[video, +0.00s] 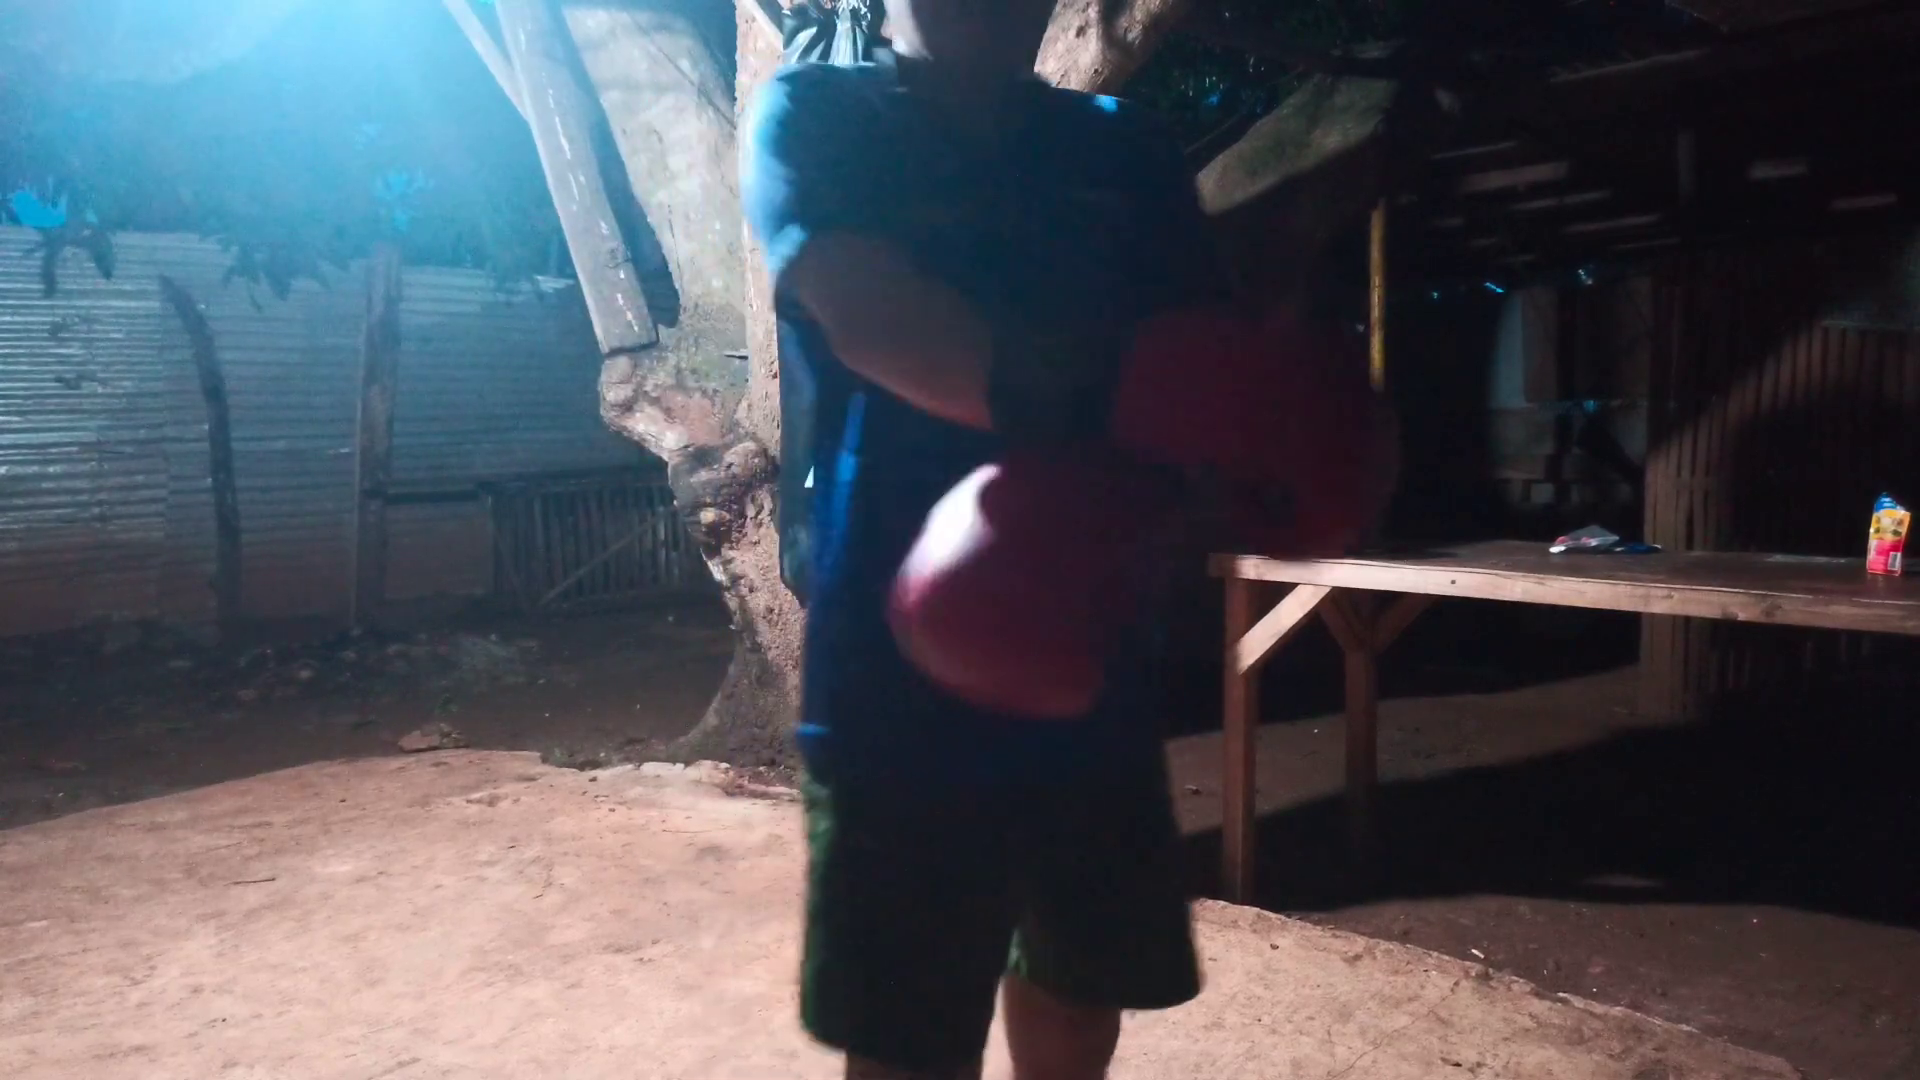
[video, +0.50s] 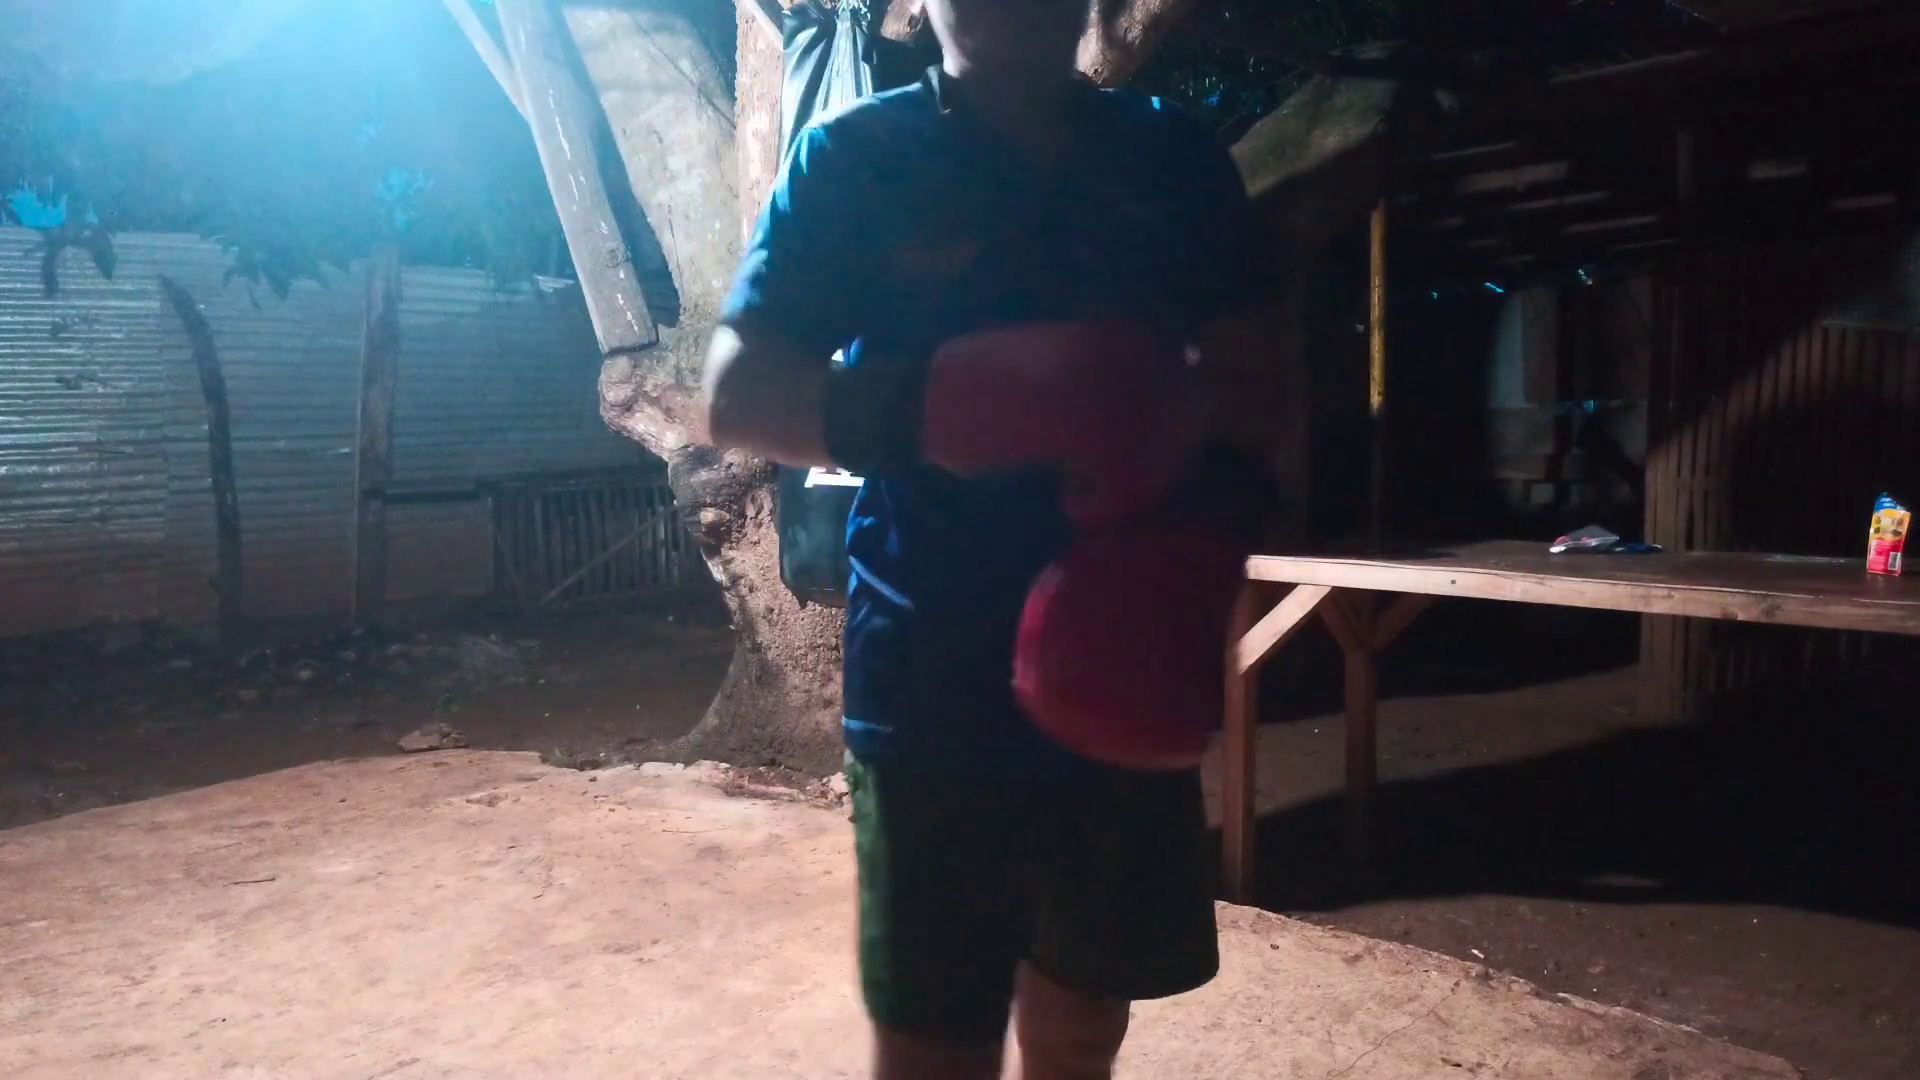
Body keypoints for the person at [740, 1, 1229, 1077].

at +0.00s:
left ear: (1054, 3)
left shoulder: (1128, 148)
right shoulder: (816, 106)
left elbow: (1209, 383)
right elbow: (865, 315)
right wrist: (1108, 400)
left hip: (1094, 660)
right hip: (892, 659)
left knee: (1079, 979)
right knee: (905, 1032)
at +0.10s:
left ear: (1073, 1)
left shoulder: (1153, 154)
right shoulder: (847, 119)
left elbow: (1214, 383)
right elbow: (859, 347)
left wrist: (1058, 535)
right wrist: (1091, 422)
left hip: (1116, 660)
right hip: (915, 666)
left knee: (1092, 990)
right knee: (919, 1037)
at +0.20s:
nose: (1017, 4)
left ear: (1085, 7)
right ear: (926, 4)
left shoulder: (1160, 163)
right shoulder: (857, 143)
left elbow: (1217, 413)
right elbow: (788, 389)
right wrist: (1018, 426)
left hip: (1122, 652)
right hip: (926, 655)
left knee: (1089, 1005)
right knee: (941, 1036)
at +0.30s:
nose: (1012, 5)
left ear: (1091, 6)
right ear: (930, 6)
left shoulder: (1170, 165)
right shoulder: (861, 151)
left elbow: (1247, 418)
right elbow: (738, 387)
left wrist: (1193, 595)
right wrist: (902, 382)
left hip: (1128, 651)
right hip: (941, 661)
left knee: (1088, 1010)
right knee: (952, 1040)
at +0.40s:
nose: (1013, 1)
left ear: (1098, 2)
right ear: (930, 3)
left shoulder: (1177, 162)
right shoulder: (860, 153)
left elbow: (1253, 398)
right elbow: (715, 388)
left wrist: (1228, 593)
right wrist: (893, 370)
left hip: (1133, 660)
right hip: (943, 663)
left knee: (1082, 1028)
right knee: (950, 1043)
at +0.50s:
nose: (1003, 2)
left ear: (1087, 2)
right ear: (922, 5)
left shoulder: (1170, 154)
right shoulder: (856, 154)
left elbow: (1265, 385)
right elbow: (742, 398)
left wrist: (1173, 420)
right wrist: (943, 404)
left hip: (1122, 662)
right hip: (932, 667)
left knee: (1082, 1023)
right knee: (931, 1043)